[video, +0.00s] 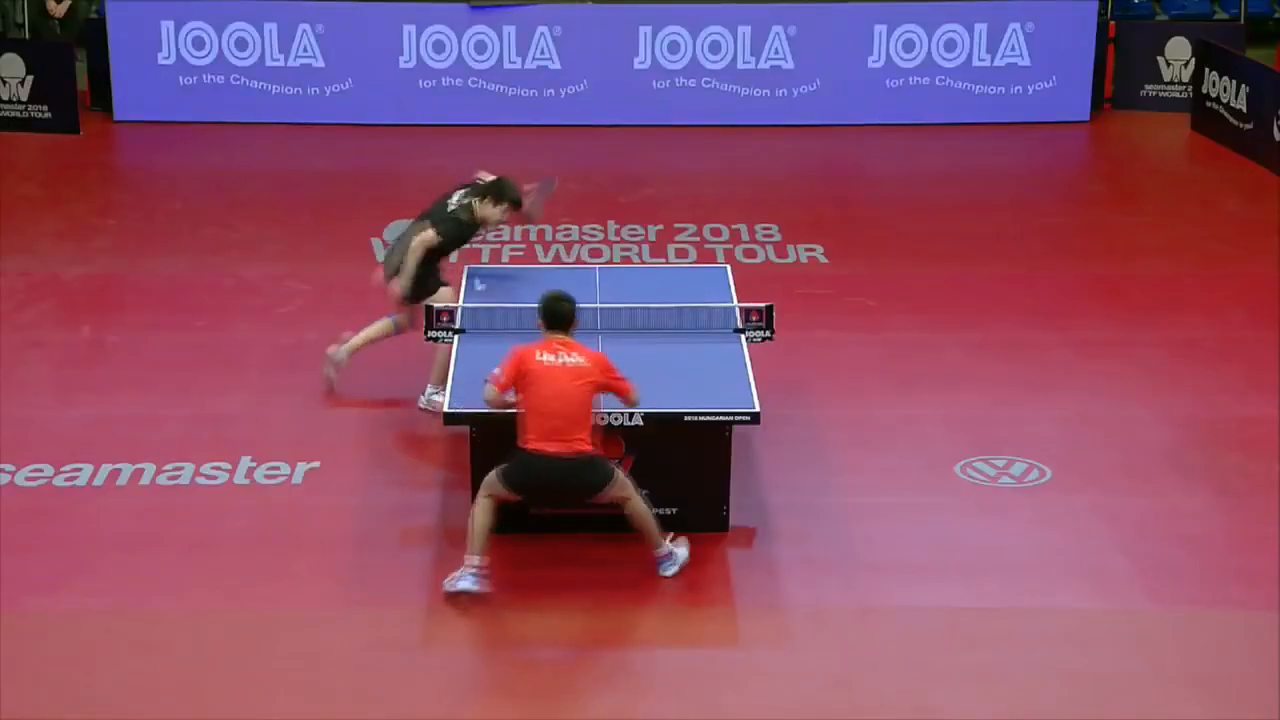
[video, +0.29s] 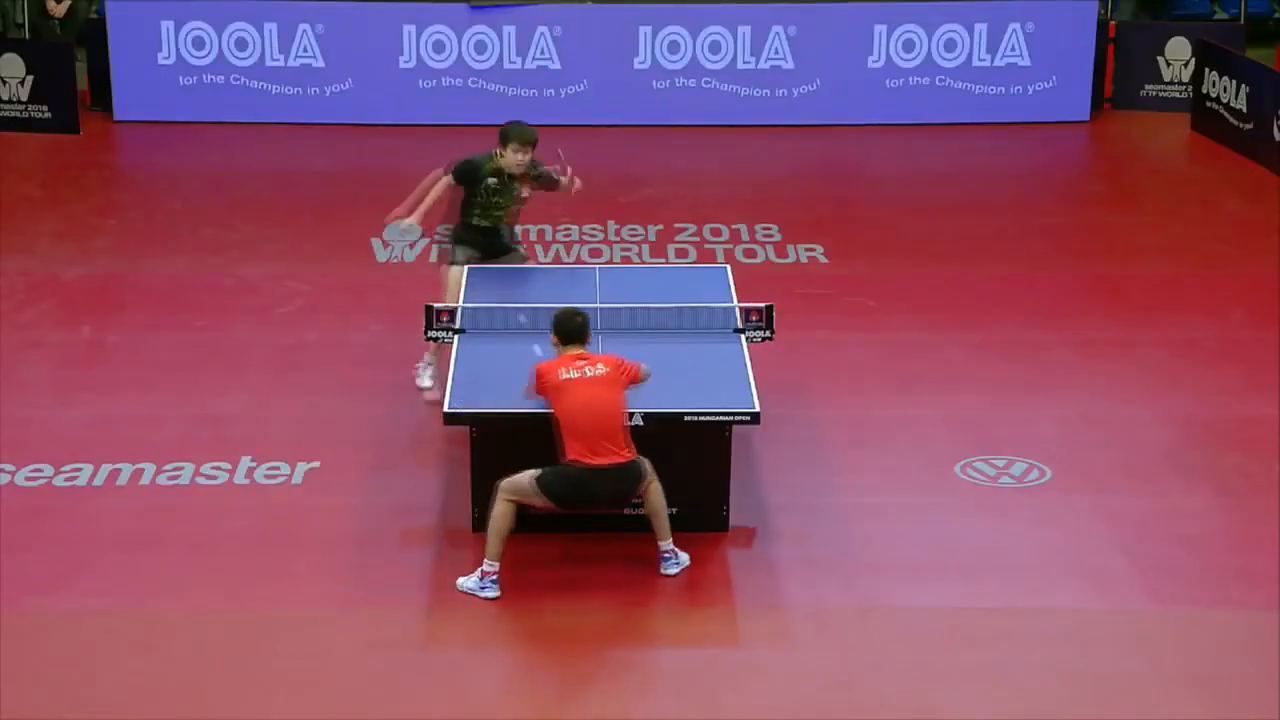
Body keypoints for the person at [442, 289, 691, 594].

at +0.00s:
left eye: (542, 317)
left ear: (541, 323)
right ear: (574, 323)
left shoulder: (523, 355)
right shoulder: (594, 360)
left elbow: (492, 397)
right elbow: (632, 398)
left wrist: (519, 401)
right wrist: (604, 381)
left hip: (532, 463)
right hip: (582, 464)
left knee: (487, 493)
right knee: (628, 495)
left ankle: (472, 571)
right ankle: (664, 554)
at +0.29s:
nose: (553, 339)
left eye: (554, 335)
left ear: (556, 339)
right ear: (587, 337)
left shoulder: (546, 371)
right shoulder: (612, 365)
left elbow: (536, 393)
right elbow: (643, 373)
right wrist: (605, 375)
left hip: (577, 479)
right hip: (623, 477)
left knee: (507, 489)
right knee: (646, 472)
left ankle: (487, 576)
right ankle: (669, 555)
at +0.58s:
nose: (569, 341)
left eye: (570, 336)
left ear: (573, 339)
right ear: (607, 336)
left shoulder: (568, 365)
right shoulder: (629, 356)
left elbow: (550, 390)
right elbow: (649, 356)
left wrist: (547, 382)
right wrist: (629, 347)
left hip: (591, 474)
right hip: (635, 473)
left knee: (515, 492)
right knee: (649, 470)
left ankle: (487, 576)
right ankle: (669, 554)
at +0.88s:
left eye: (559, 313)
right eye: (591, 312)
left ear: (558, 317)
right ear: (593, 316)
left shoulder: (543, 357)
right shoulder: (615, 354)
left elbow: (494, 400)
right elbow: (658, 397)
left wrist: (482, 393)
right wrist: (668, 386)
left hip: (560, 468)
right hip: (613, 466)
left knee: (509, 507)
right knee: (649, 493)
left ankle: (491, 593)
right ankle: (670, 571)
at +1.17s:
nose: (536, 361)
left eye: (536, 356)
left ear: (538, 357)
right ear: (569, 358)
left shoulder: (526, 394)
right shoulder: (586, 398)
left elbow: (498, 433)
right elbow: (596, 449)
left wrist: (536, 432)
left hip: (526, 509)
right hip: (576, 508)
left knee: (480, 550)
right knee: (635, 539)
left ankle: (443, 622)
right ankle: (685, 609)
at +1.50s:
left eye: (443, 361)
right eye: (481, 359)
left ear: (444, 367)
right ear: (479, 365)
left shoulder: (434, 417)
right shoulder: (503, 401)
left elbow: (423, 477)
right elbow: (561, 408)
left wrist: (410, 492)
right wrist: (578, 370)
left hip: (461, 524)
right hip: (512, 518)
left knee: (393, 557)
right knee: (554, 539)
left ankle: (356, 642)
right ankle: (587, 616)